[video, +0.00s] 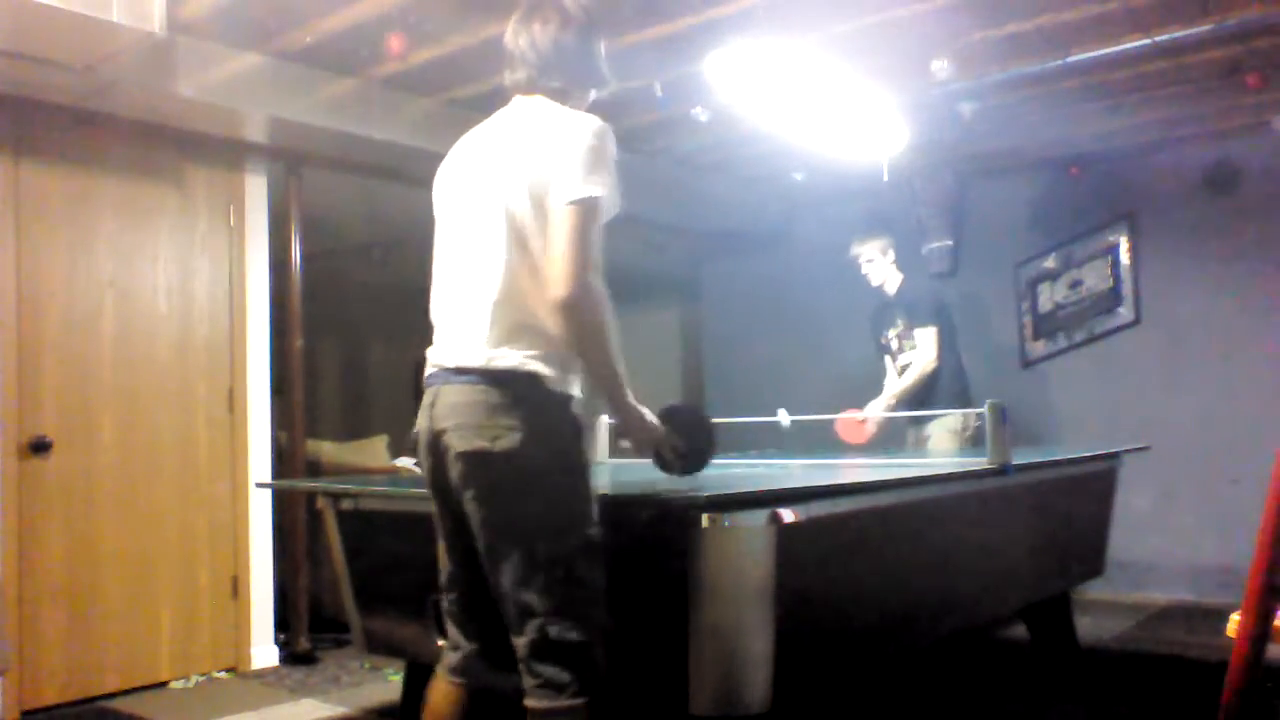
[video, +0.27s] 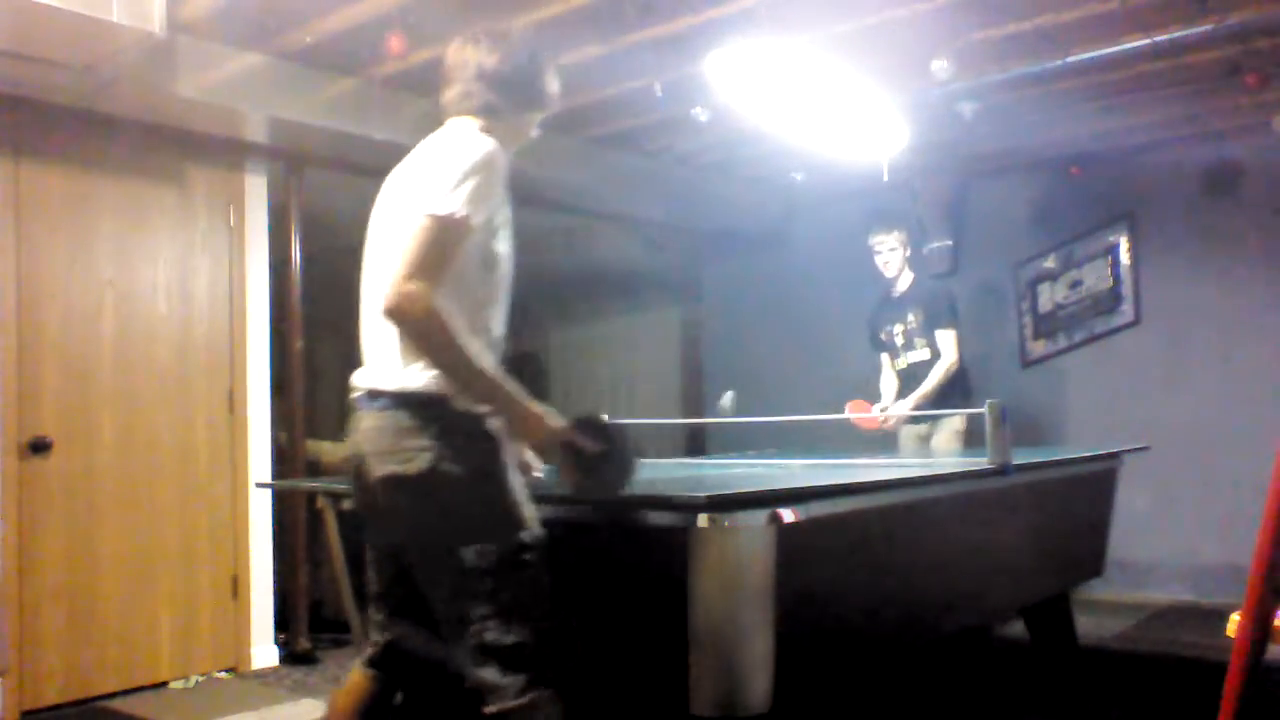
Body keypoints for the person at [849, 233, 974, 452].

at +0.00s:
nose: (864, 270)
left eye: (869, 261)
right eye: (860, 264)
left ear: (889, 256)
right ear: (858, 266)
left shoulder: (921, 294)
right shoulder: (880, 314)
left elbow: (928, 358)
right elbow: (892, 374)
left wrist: (884, 402)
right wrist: (878, 412)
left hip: (947, 412)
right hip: (916, 418)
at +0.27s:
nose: (885, 258)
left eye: (892, 250)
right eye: (878, 252)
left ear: (907, 250)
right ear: (872, 256)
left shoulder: (934, 293)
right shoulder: (879, 312)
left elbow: (950, 358)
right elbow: (887, 369)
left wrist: (908, 404)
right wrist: (886, 402)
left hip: (947, 410)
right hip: (909, 417)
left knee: (947, 488)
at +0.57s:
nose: (891, 256)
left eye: (898, 248)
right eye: (884, 250)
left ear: (912, 250)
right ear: (876, 255)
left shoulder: (939, 295)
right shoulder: (869, 311)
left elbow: (959, 355)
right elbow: (873, 366)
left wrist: (966, 414)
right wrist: (879, 409)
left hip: (951, 419)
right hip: (906, 427)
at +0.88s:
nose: (912, 259)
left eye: (919, 252)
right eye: (905, 253)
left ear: (928, 252)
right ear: (896, 255)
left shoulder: (957, 296)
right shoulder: (886, 308)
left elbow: (986, 350)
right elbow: (883, 363)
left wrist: (992, 402)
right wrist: (887, 399)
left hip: (965, 421)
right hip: (916, 426)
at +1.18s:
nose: (956, 256)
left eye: (962, 249)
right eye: (949, 249)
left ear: (972, 251)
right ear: (939, 252)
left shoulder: (999, 296)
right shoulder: (927, 301)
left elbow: (1016, 356)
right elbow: (912, 365)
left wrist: (1023, 416)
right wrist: (942, 399)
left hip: (999, 418)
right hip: (950, 422)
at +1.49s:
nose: (981, 249)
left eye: (989, 242)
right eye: (975, 242)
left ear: (1004, 245)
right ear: (969, 248)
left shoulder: (1029, 296)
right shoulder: (956, 299)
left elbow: (1049, 357)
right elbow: (930, 361)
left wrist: (1064, 418)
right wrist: (958, 395)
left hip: (1022, 419)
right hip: (969, 422)